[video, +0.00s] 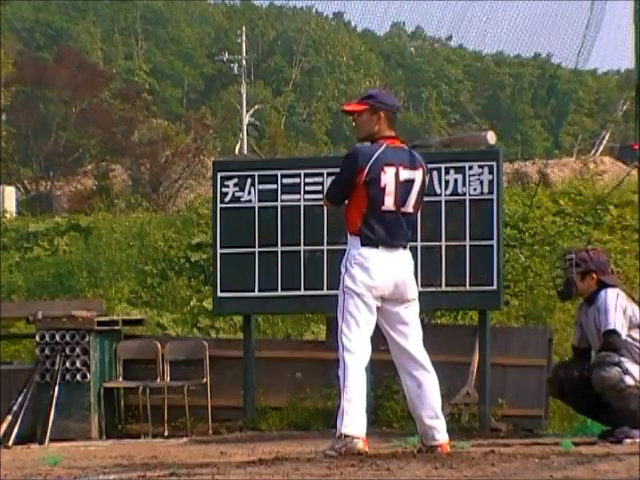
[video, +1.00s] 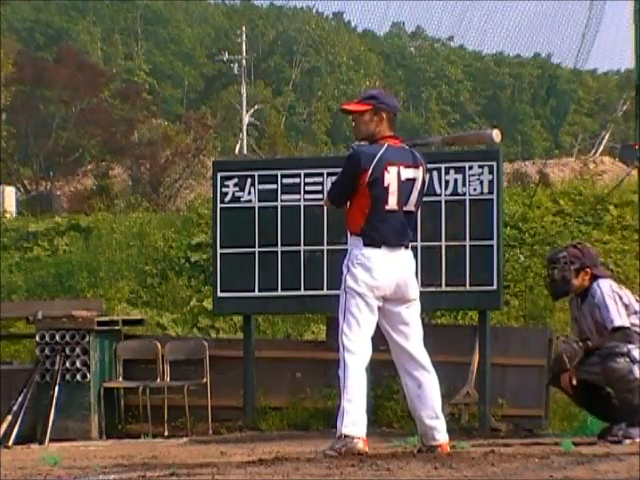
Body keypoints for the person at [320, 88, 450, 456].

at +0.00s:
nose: (354, 122)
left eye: (359, 116)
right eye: (355, 116)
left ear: (379, 118)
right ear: (385, 120)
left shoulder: (362, 154)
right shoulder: (416, 160)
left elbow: (334, 197)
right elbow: (411, 206)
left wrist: (366, 183)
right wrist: (366, 189)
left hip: (365, 261)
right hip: (402, 261)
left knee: (354, 350)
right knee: (412, 352)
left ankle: (352, 435)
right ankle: (436, 437)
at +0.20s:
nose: (354, 123)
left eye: (359, 117)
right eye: (354, 117)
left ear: (380, 119)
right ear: (385, 121)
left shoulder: (361, 154)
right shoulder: (417, 160)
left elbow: (333, 197)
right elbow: (408, 204)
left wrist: (366, 182)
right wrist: (364, 189)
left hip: (364, 261)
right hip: (401, 261)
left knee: (354, 350)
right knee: (412, 352)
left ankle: (352, 435)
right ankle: (436, 437)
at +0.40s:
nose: (353, 123)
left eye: (359, 117)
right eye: (354, 117)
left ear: (381, 119)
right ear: (384, 121)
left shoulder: (362, 153)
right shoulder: (415, 158)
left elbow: (333, 197)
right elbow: (403, 200)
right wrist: (359, 190)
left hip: (365, 261)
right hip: (402, 261)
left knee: (354, 349)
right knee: (412, 353)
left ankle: (352, 435)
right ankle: (436, 437)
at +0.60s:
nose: (353, 123)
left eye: (359, 117)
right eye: (353, 116)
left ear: (380, 119)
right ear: (384, 121)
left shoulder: (362, 155)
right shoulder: (415, 158)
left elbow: (333, 197)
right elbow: (401, 198)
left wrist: (357, 170)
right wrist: (362, 184)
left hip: (366, 260)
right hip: (403, 261)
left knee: (355, 349)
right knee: (412, 352)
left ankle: (352, 435)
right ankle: (436, 437)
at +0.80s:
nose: (353, 123)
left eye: (359, 117)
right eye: (354, 116)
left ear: (380, 119)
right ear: (384, 121)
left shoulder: (362, 155)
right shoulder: (415, 158)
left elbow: (334, 199)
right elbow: (403, 200)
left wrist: (357, 172)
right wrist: (364, 184)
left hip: (367, 261)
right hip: (403, 261)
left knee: (355, 349)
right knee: (412, 352)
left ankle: (352, 434)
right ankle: (436, 437)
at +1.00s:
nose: (354, 123)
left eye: (359, 117)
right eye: (354, 117)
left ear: (380, 119)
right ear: (384, 121)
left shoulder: (363, 155)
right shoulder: (416, 159)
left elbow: (335, 199)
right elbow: (405, 203)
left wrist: (357, 171)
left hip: (367, 261)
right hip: (403, 261)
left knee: (354, 349)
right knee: (413, 352)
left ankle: (352, 435)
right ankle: (436, 437)